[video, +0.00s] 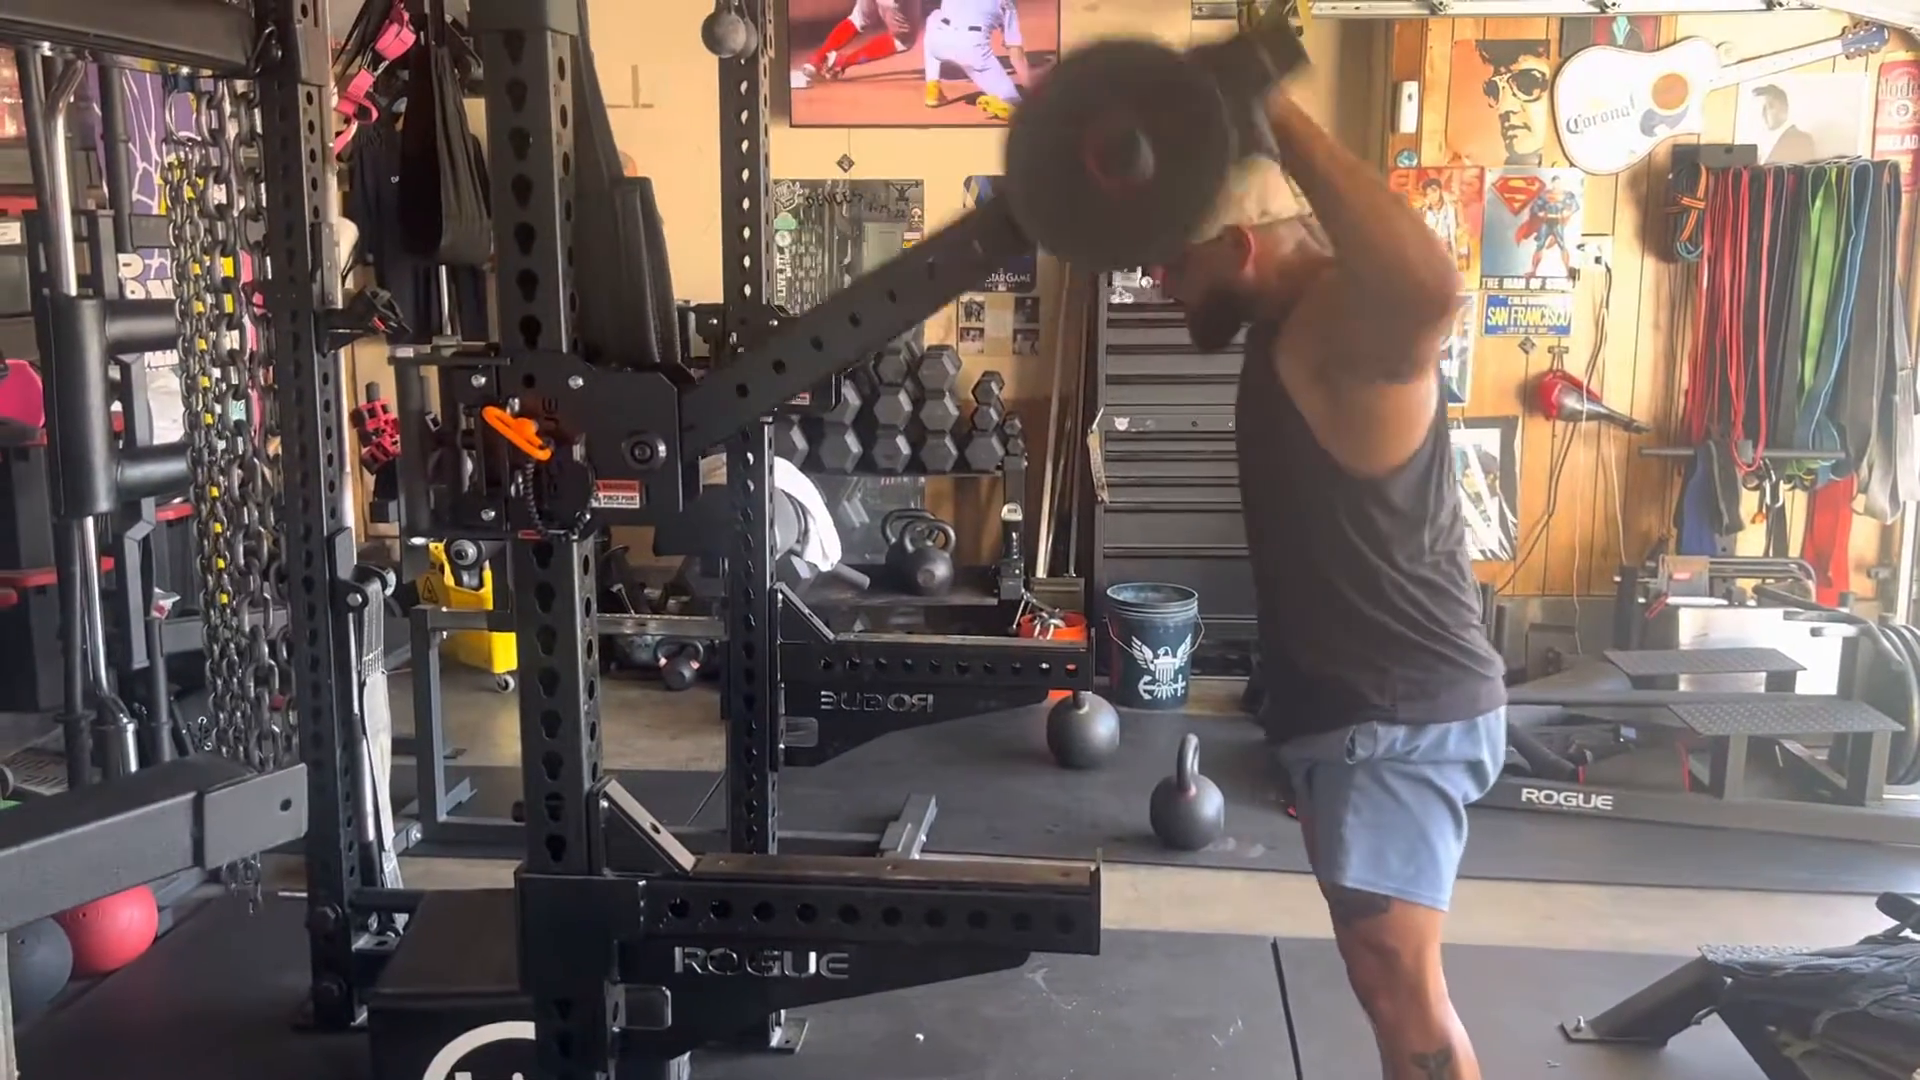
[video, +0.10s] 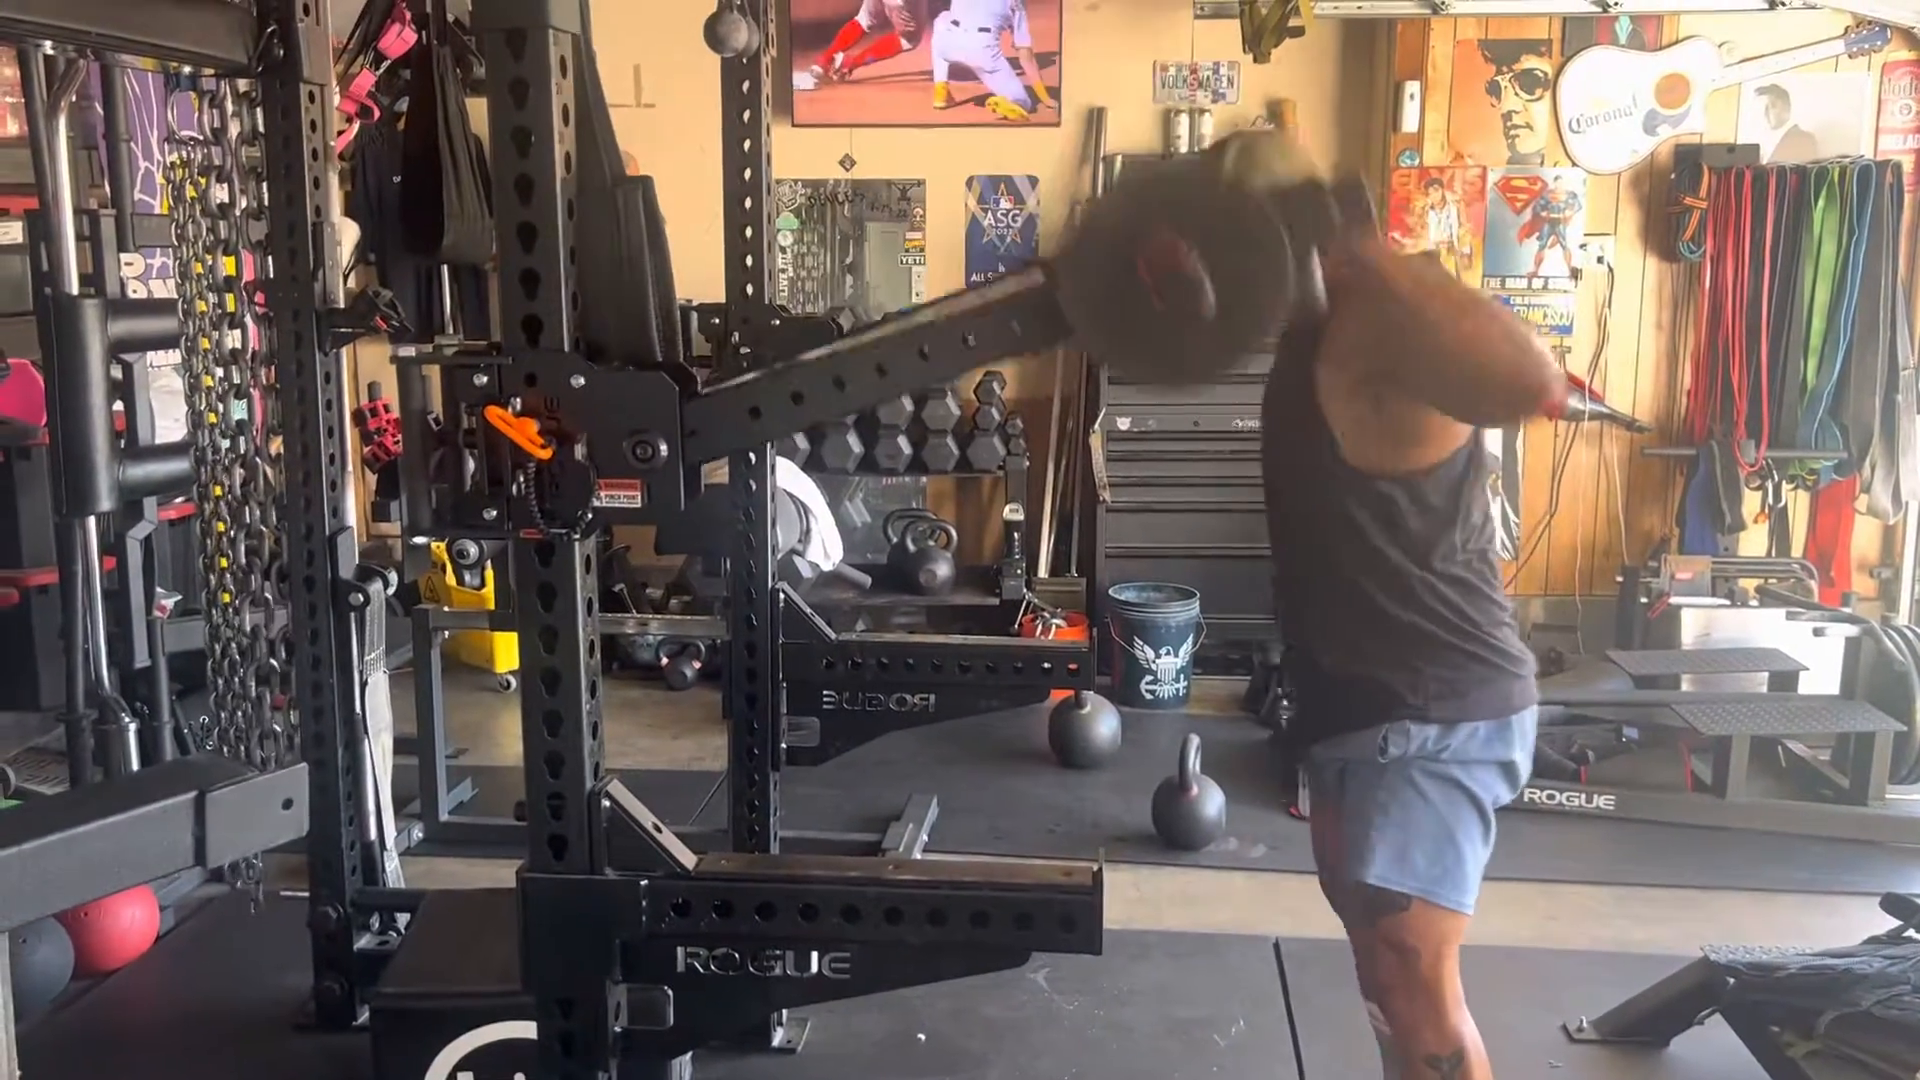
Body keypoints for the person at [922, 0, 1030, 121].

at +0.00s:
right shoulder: (1005, 3)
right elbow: (1016, 54)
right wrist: (1031, 88)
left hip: (940, 41)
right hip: (973, 48)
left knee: (934, 17)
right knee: (1015, 103)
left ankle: (932, 91)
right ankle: (993, 103)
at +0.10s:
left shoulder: (961, 3)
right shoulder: (1014, 4)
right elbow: (1025, 55)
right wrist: (1045, 98)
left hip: (949, 42)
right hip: (983, 49)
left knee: (943, 17)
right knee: (1023, 102)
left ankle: (940, 92)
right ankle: (1001, 103)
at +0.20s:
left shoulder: (970, 3)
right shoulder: (1023, 4)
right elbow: (1034, 58)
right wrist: (1053, 98)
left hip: (959, 43)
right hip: (992, 52)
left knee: (951, 18)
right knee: (1032, 103)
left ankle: (947, 93)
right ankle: (1010, 104)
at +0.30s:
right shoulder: (1031, 3)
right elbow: (1041, 54)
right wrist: (1057, 92)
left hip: (968, 45)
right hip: (1002, 52)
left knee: (958, 20)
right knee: (1043, 106)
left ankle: (956, 95)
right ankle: (1018, 104)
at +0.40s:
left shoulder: (986, 2)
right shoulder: (1039, 3)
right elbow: (1050, 54)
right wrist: (1064, 91)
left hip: (978, 46)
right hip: (1011, 53)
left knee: (965, 22)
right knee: (1048, 106)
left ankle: (963, 96)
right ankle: (1026, 104)